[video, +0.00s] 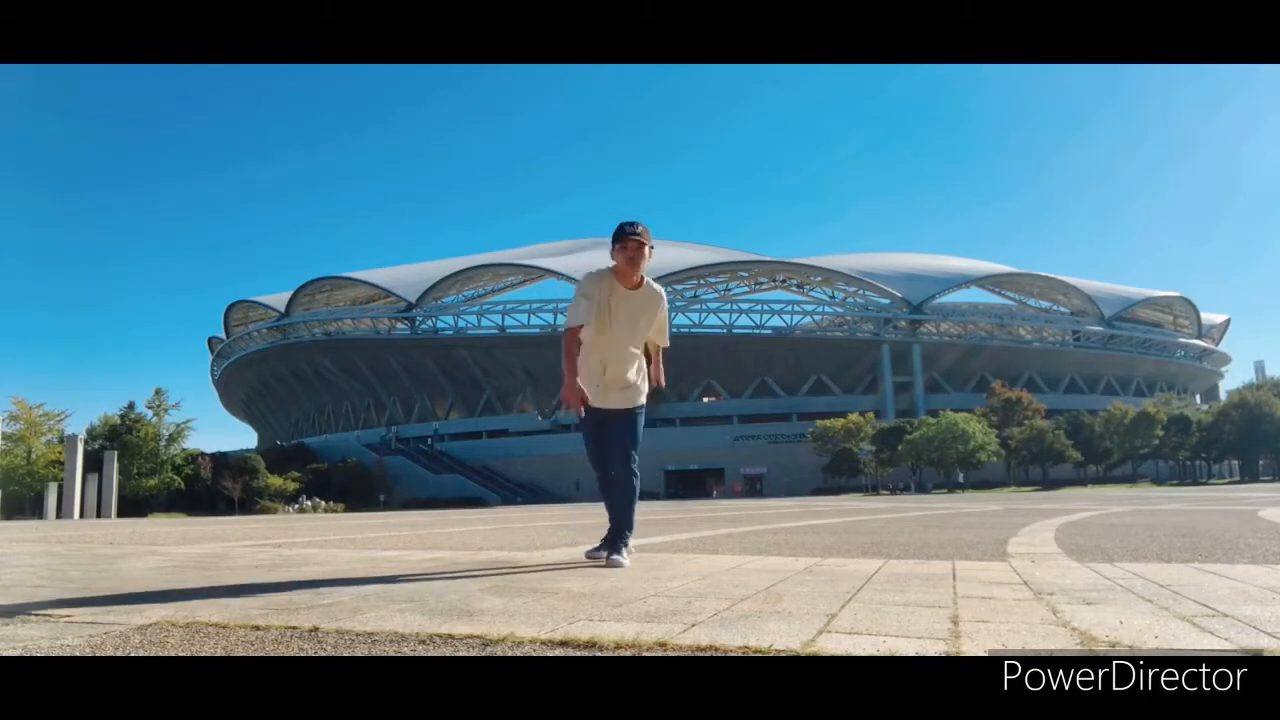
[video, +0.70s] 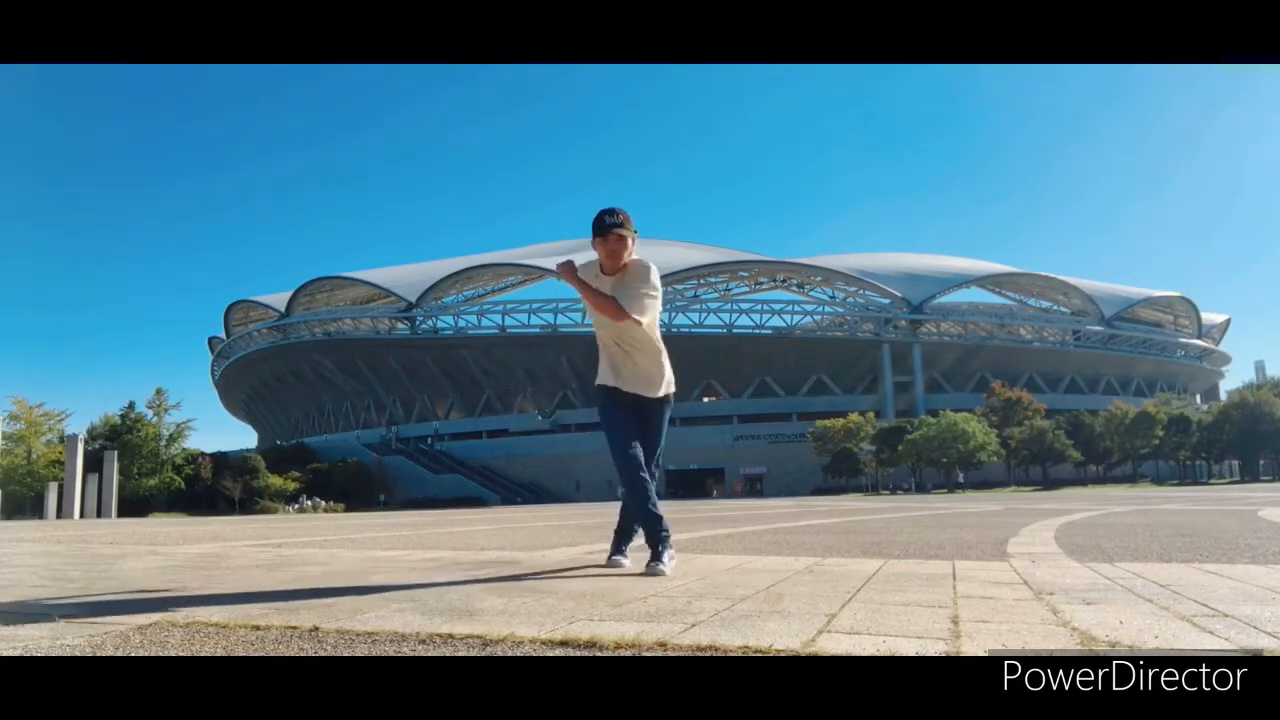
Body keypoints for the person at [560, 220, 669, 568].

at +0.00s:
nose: (633, 253)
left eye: (640, 247)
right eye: (627, 246)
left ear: (650, 253)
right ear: (614, 251)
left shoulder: (656, 296)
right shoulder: (593, 283)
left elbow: (655, 343)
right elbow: (572, 333)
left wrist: (657, 373)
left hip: (631, 392)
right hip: (591, 389)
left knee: (624, 466)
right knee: (602, 466)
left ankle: (620, 543)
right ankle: (616, 533)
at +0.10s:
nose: (639, 253)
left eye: (646, 247)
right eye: (631, 247)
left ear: (655, 253)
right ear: (620, 253)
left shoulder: (663, 293)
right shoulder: (595, 293)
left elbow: (646, 336)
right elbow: (555, 329)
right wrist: (525, 365)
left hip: (635, 395)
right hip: (591, 391)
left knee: (630, 471)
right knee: (581, 456)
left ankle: (618, 545)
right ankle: (603, 484)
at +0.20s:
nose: (628, 260)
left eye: (635, 254)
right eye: (620, 254)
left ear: (647, 259)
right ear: (610, 260)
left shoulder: (666, 293)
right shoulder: (593, 299)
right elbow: (558, 319)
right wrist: (534, 343)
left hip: (637, 405)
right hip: (594, 396)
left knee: (637, 477)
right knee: (560, 457)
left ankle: (618, 547)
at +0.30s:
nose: (614, 265)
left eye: (621, 259)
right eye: (607, 259)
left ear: (634, 264)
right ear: (597, 265)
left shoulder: (655, 311)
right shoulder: (586, 299)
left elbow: (686, 326)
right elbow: (574, 325)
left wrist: (712, 329)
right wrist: (572, 350)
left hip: (640, 400)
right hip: (599, 383)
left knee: (636, 476)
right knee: (567, 435)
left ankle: (616, 546)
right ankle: (544, 438)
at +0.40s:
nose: (613, 262)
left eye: (620, 255)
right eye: (606, 255)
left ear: (632, 259)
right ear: (594, 259)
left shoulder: (645, 302)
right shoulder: (582, 294)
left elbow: (658, 360)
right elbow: (593, 336)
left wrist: (665, 411)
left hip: (640, 385)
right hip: (601, 375)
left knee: (638, 472)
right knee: (598, 417)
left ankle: (619, 544)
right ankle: (598, 508)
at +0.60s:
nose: (615, 251)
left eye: (622, 244)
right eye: (608, 244)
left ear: (633, 246)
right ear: (596, 246)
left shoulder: (644, 277)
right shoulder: (587, 279)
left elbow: (618, 316)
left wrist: (570, 281)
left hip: (652, 385)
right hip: (611, 384)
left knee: (647, 469)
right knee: (629, 465)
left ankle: (619, 543)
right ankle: (661, 544)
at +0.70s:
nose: (615, 248)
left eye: (621, 241)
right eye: (607, 241)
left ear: (632, 242)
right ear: (595, 243)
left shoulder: (645, 272)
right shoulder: (589, 274)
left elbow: (621, 314)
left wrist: (575, 281)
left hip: (654, 383)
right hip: (612, 381)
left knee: (645, 470)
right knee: (630, 464)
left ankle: (621, 544)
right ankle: (661, 543)